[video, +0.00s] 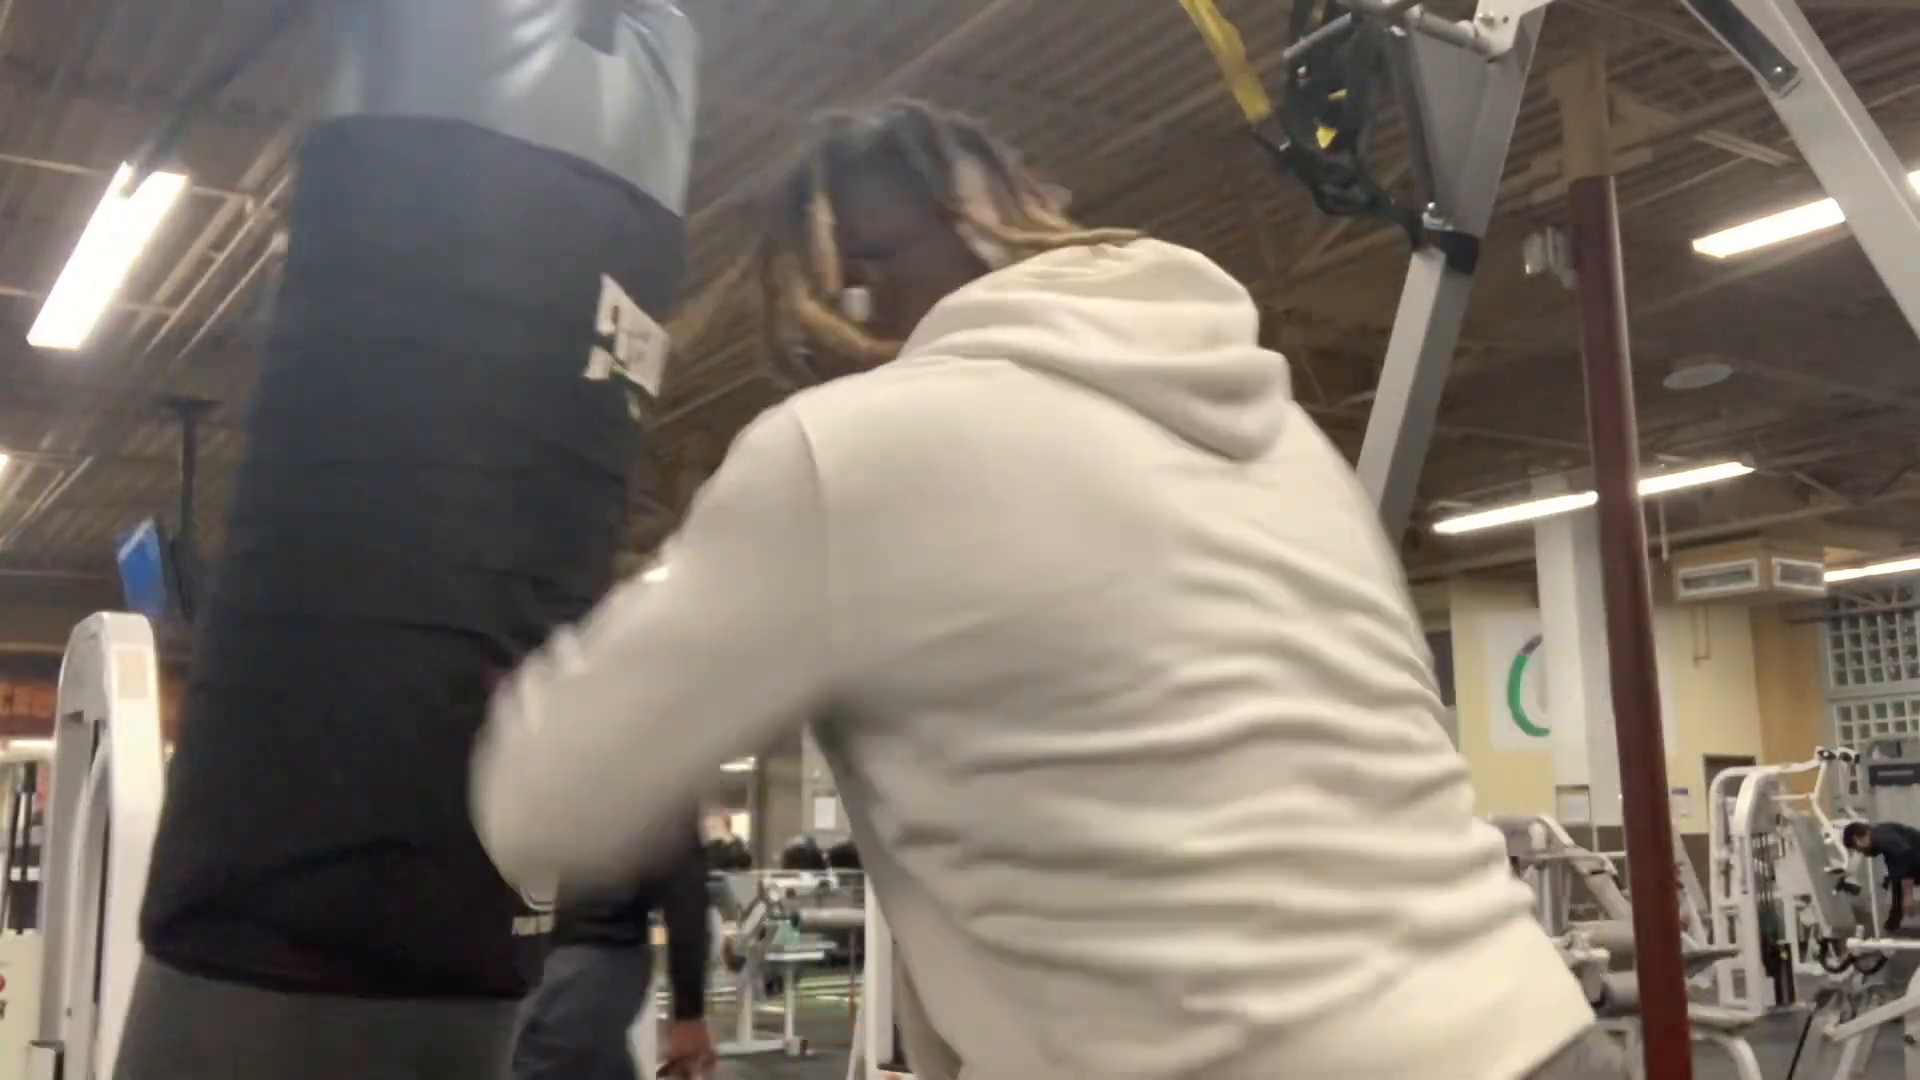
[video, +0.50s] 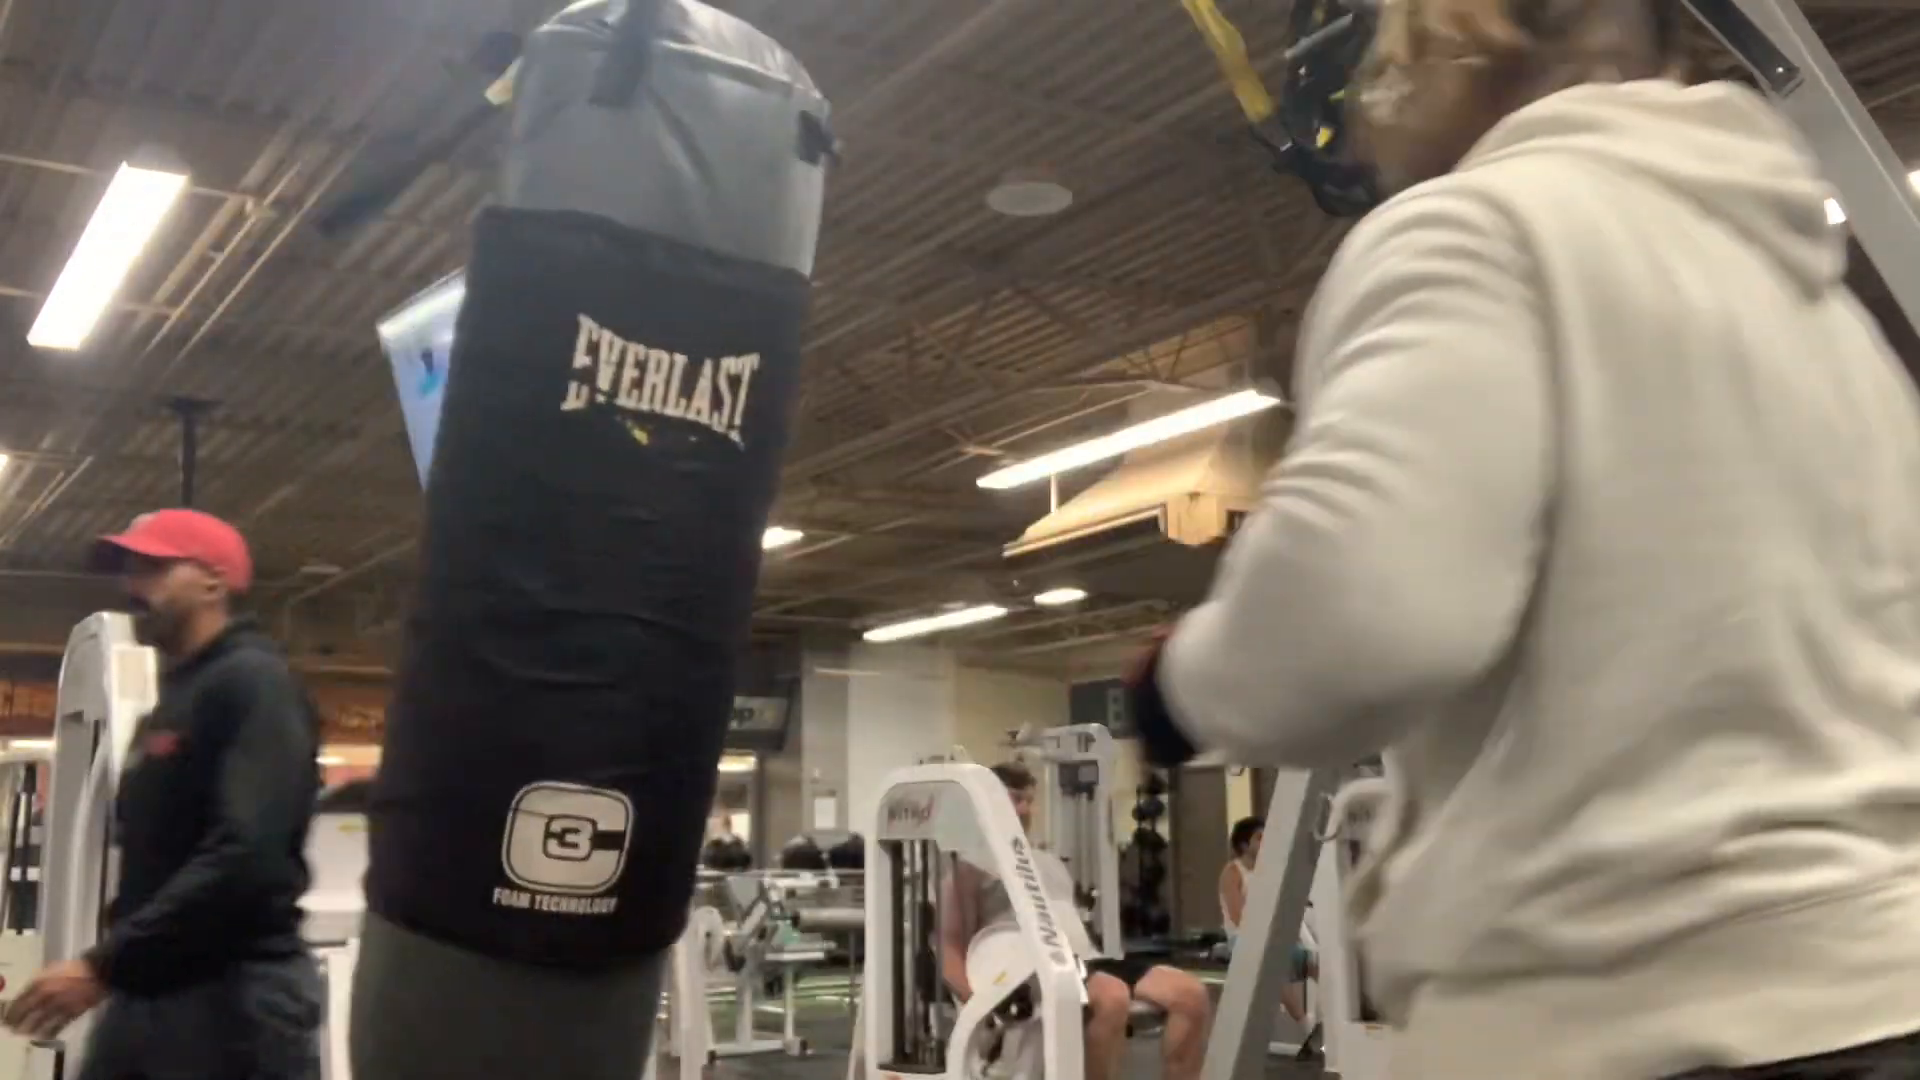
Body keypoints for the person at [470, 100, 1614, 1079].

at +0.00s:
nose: (805, 364)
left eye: (802, 335)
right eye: (794, 339)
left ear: (833, 306)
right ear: (1030, 227)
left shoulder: (840, 457)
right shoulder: (1273, 422)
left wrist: (655, 816)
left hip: (1210, 1052)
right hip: (1516, 1022)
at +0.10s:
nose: (773, 404)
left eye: (753, 365)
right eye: (749, 375)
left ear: (805, 336)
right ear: (925, 250)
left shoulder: (918, 501)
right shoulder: (1118, 400)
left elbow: (787, 1004)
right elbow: (860, 571)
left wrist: (745, 815)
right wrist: (636, 532)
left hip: (1321, 1071)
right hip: (1551, 1026)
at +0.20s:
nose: (827, 378)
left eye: (820, 316)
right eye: (807, 327)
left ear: (909, 259)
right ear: (1052, 228)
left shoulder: (983, 474)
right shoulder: (1240, 385)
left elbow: (893, 986)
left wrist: (808, 746)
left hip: (1322, 1047)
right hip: (1579, 1012)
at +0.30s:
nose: (1010, 247)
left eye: (1010, 204)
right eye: (1000, 210)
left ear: (1076, 177)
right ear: (1251, 149)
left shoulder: (1116, 373)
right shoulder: (1444, 353)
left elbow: (952, 837)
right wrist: (1051, 935)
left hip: (1369, 1038)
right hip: (1672, 1005)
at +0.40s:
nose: (1235, 193)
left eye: (1237, 146)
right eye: (1225, 155)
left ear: (1309, 122)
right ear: (1486, 106)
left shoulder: (1315, 281)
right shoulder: (1695, 363)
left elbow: (1169, 673)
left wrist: (1027, 707)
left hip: (1471, 1037)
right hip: (1802, 995)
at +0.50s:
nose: (1369, 107)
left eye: (1394, 52)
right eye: (1374, 61)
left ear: (1469, 41)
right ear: (1656, 59)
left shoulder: (1472, 225)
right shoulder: (1822, 280)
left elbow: (1385, 609)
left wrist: (1179, 684)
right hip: (1886, 989)